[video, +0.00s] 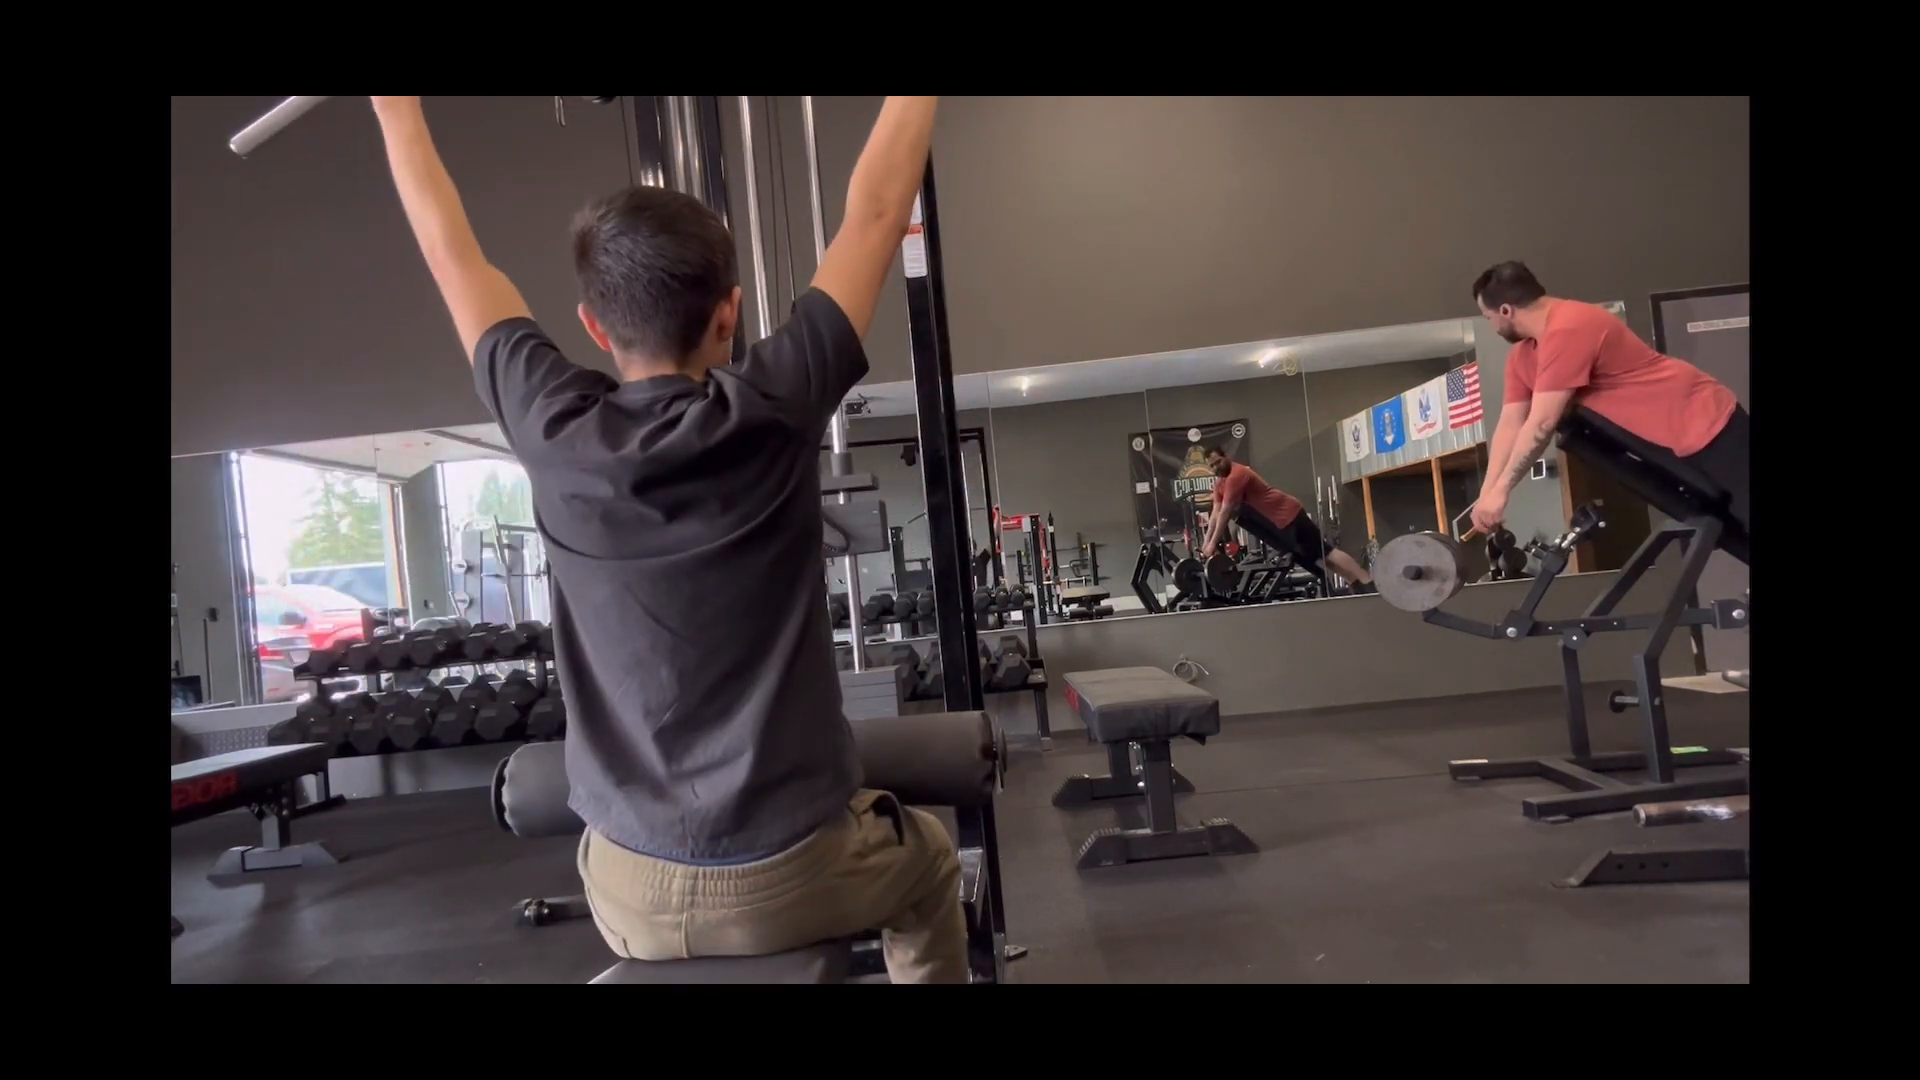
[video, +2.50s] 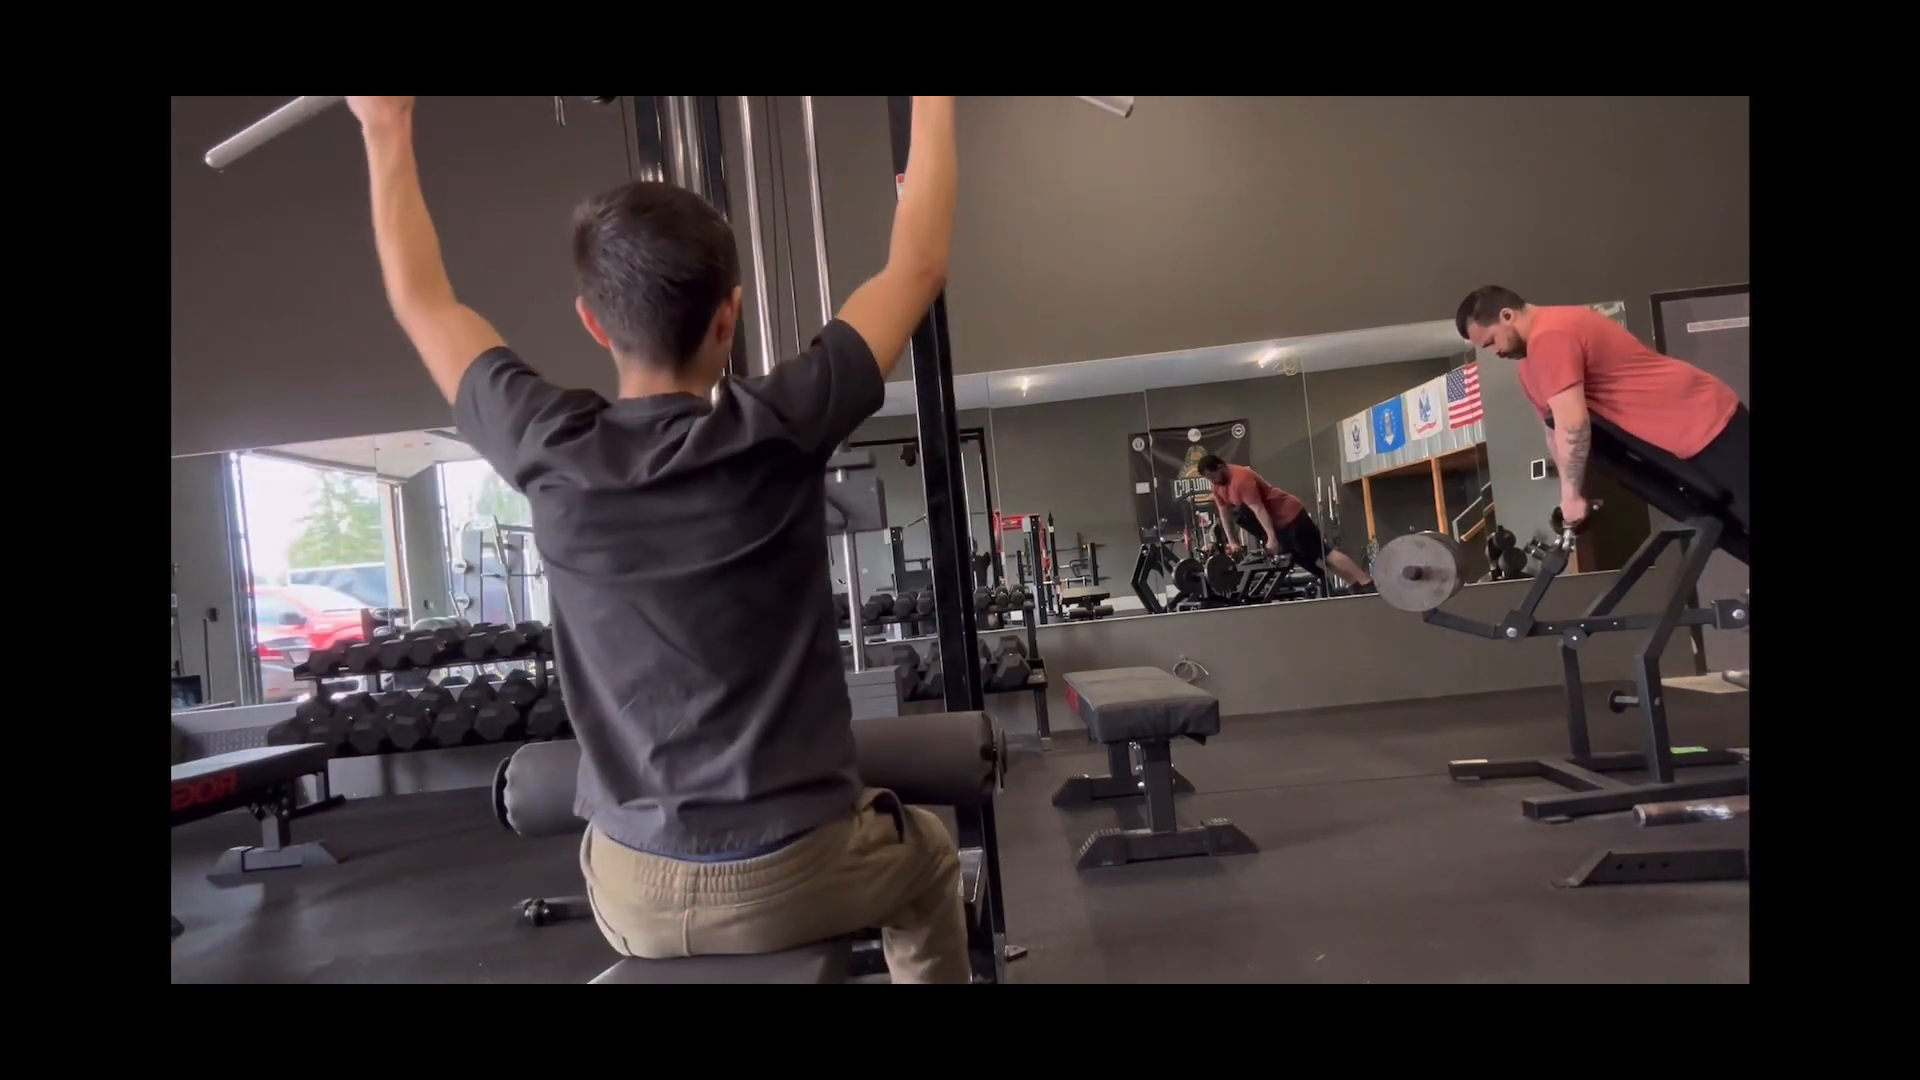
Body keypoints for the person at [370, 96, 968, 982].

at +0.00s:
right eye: (736, 298)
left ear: (594, 327)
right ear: (728, 318)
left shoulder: (556, 424)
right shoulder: (777, 400)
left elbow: (451, 256)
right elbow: (874, 218)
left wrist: (395, 106)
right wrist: (917, 87)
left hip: (628, 890)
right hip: (792, 885)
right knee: (924, 858)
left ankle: (642, 968)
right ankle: (928, 975)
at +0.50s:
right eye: (681, 302)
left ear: (513, 342)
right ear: (676, 326)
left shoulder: (485, 464)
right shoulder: (737, 442)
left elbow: (314, 298)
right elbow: (903, 267)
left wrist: (296, 116)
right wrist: (921, 91)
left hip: (617, 909)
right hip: (773, 898)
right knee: (922, 859)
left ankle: (634, 975)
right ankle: (926, 976)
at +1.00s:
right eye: (683, 314)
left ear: (511, 362)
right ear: (680, 337)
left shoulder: (477, 540)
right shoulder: (754, 502)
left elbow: (272, 709)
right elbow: (950, 660)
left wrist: (311, 496)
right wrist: (968, 466)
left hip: (614, 908)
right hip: (784, 895)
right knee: (922, 864)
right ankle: (927, 977)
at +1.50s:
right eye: (679, 321)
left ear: (504, 368)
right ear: (672, 346)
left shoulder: (467, 515)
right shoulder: (743, 485)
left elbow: (288, 525)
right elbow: (971, 466)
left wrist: (323, 338)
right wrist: (957, 281)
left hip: (612, 911)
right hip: (775, 895)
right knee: (926, 864)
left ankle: (615, 970)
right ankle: (932, 978)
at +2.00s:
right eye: (714, 296)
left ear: (562, 331)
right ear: (707, 319)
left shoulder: (532, 438)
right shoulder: (763, 409)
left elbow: (418, 250)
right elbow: (873, 216)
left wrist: (359, 100)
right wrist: (910, 84)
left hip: (618, 904)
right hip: (778, 897)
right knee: (924, 856)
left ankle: (635, 966)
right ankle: (936, 977)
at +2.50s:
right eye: (738, 294)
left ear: (592, 323)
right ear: (729, 316)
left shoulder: (552, 446)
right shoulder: (780, 423)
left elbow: (422, 300)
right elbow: (916, 269)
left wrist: (385, 133)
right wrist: (935, 101)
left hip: (630, 889)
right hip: (794, 881)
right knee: (923, 854)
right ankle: (936, 979)